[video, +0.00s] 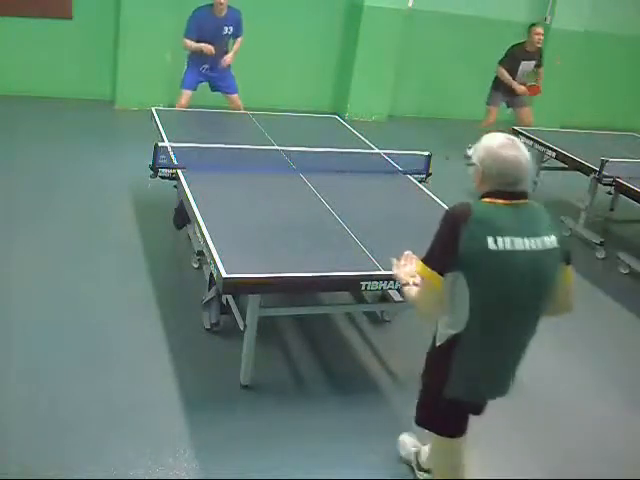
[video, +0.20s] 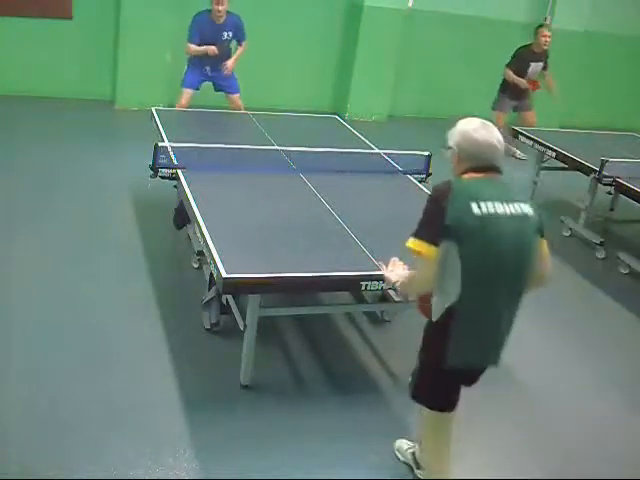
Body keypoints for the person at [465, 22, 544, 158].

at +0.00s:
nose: (540, 38)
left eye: (542, 35)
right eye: (537, 34)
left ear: (543, 37)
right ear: (529, 36)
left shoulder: (538, 52)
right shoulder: (515, 50)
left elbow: (539, 69)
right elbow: (500, 70)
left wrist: (538, 85)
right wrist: (516, 86)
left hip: (518, 88)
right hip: (500, 86)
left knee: (527, 122)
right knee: (491, 120)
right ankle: (474, 146)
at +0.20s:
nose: (546, 40)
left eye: (548, 37)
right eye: (543, 36)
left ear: (550, 39)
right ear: (536, 37)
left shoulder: (544, 54)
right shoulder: (522, 52)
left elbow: (545, 72)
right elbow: (507, 72)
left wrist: (550, 86)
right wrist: (520, 81)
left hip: (524, 91)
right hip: (508, 90)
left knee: (530, 123)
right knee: (500, 123)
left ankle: (513, 145)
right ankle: (495, 149)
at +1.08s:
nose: (585, 43)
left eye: (587, 40)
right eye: (582, 39)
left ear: (591, 41)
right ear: (576, 41)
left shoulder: (589, 57)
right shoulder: (570, 59)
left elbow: (588, 78)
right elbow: (587, 74)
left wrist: (596, 96)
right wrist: (612, 72)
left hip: (571, 104)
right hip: (553, 101)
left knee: (575, 135)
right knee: (531, 128)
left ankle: (570, 172)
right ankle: (512, 148)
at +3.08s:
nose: (542, 17)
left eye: (544, 14)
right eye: (539, 14)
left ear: (547, 17)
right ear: (534, 16)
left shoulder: (551, 34)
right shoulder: (525, 31)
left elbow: (554, 50)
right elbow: (508, 36)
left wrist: (537, 56)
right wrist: (509, 19)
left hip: (540, 76)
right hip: (522, 75)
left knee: (543, 105)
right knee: (516, 104)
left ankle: (548, 131)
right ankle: (514, 131)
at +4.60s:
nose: (523, 19)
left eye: (524, 17)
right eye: (520, 16)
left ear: (525, 19)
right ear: (511, 17)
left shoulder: (521, 37)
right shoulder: (500, 35)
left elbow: (520, 56)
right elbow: (494, 57)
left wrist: (520, 69)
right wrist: (511, 69)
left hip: (511, 77)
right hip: (495, 76)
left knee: (514, 105)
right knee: (487, 105)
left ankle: (516, 135)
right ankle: (477, 130)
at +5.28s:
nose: (524, 16)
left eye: (526, 13)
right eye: (521, 12)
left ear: (527, 15)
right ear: (513, 13)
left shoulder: (525, 34)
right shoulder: (500, 32)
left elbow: (525, 55)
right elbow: (491, 54)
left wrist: (523, 75)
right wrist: (487, 76)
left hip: (514, 77)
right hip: (497, 76)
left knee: (512, 107)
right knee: (487, 105)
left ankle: (508, 136)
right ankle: (476, 130)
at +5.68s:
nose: (532, 18)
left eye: (534, 16)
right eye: (530, 14)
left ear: (535, 18)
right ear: (522, 15)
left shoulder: (532, 36)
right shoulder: (508, 32)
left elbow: (532, 58)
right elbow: (499, 54)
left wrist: (528, 78)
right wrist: (496, 76)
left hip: (520, 79)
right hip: (504, 78)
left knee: (518, 109)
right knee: (490, 105)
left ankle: (509, 136)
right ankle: (478, 129)